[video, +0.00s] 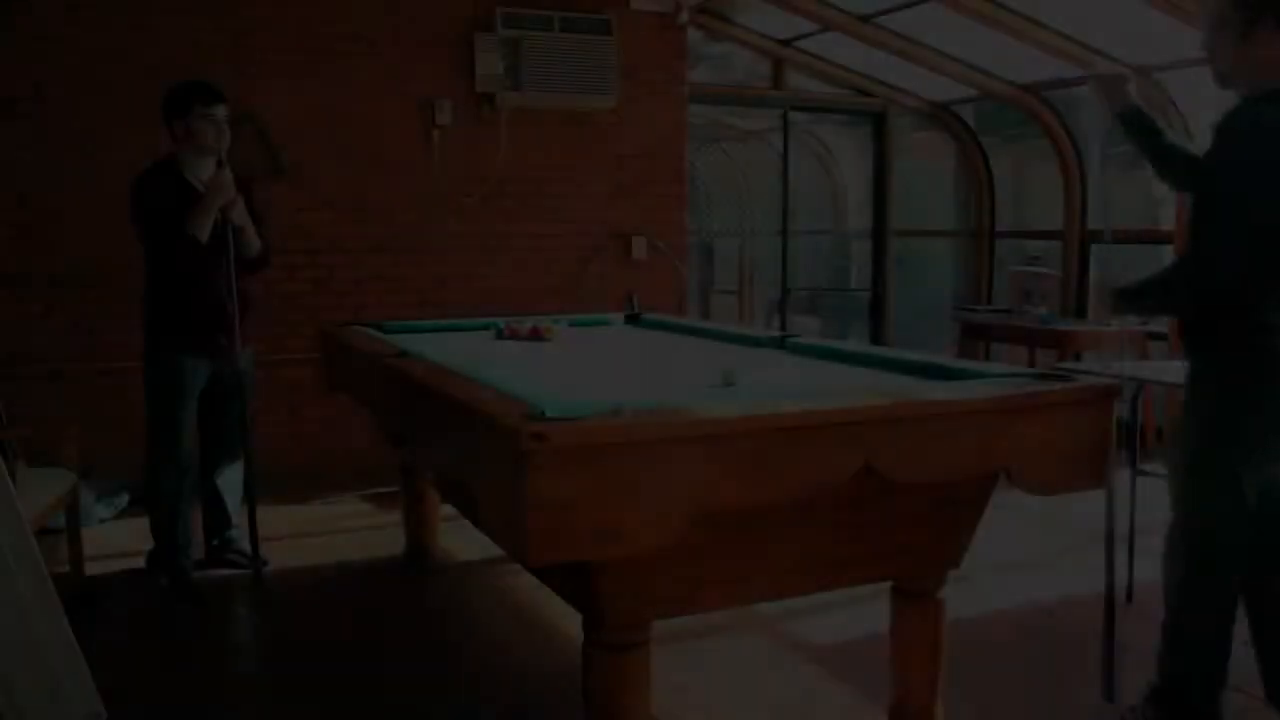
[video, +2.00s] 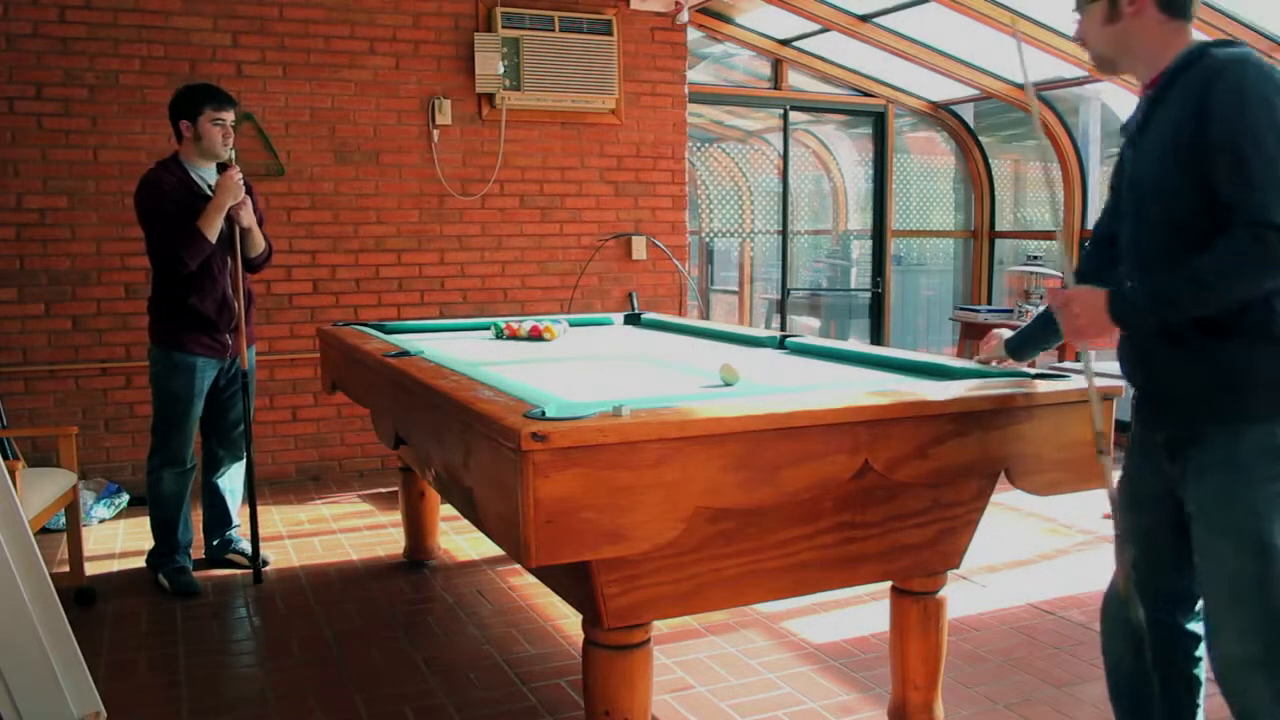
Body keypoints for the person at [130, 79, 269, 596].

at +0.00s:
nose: (222, 132)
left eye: (224, 122)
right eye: (210, 122)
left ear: (227, 130)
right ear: (181, 129)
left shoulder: (225, 182)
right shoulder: (156, 184)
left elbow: (255, 260)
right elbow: (173, 256)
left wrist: (238, 214)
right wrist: (210, 205)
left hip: (224, 331)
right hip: (174, 332)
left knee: (225, 444)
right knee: (176, 448)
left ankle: (222, 540)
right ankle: (172, 554)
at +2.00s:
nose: (230, 134)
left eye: (233, 125)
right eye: (220, 124)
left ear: (231, 131)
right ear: (186, 128)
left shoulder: (233, 181)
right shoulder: (158, 185)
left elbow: (257, 261)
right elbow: (179, 261)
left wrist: (246, 220)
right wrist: (218, 205)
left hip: (236, 339)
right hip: (184, 342)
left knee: (229, 449)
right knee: (176, 455)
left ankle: (223, 542)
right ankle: (171, 558)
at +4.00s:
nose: (223, 135)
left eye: (228, 126)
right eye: (213, 125)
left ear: (232, 130)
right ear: (181, 129)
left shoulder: (238, 185)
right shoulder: (155, 187)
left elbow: (258, 262)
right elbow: (174, 262)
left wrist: (243, 222)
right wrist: (210, 204)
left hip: (237, 339)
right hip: (182, 341)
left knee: (229, 450)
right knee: (175, 455)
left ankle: (223, 542)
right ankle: (171, 558)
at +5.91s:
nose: (244, 143)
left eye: (248, 134)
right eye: (235, 133)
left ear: (248, 139)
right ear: (204, 134)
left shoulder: (242, 187)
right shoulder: (171, 189)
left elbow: (270, 263)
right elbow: (185, 265)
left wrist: (264, 245)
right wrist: (232, 222)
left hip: (249, 333)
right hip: (200, 336)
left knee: (238, 447)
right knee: (199, 449)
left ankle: (221, 542)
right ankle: (177, 555)